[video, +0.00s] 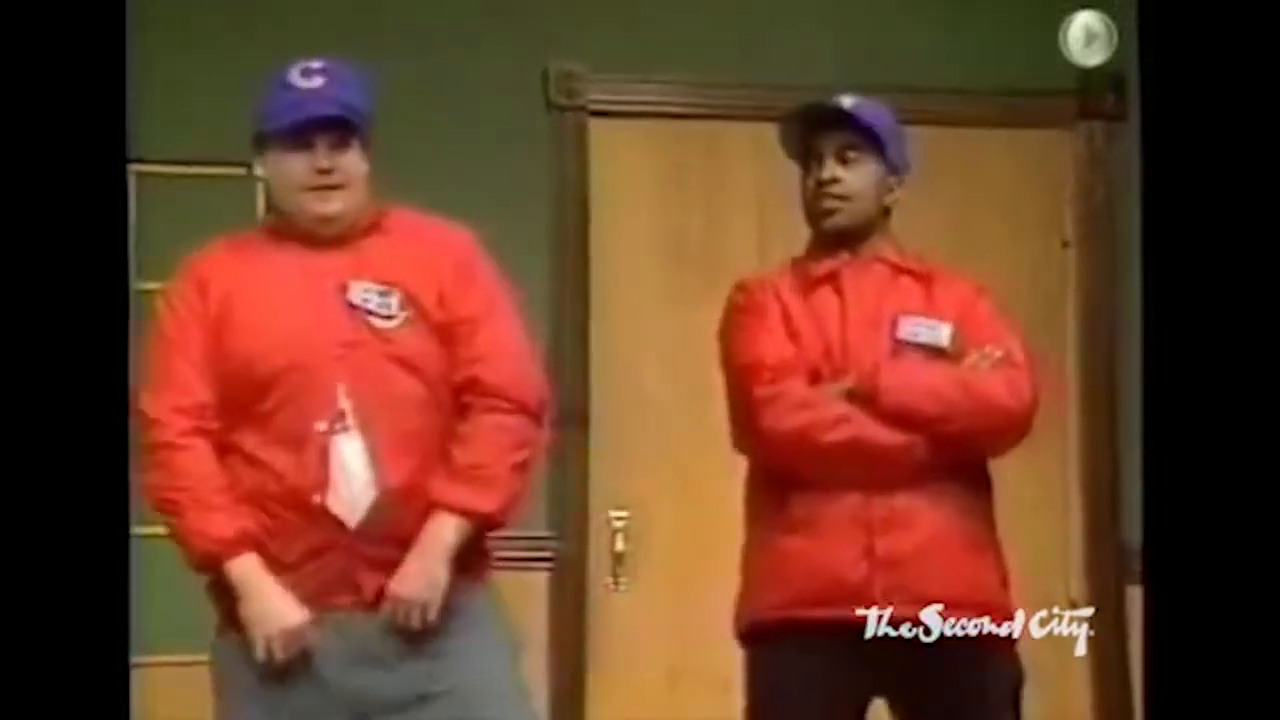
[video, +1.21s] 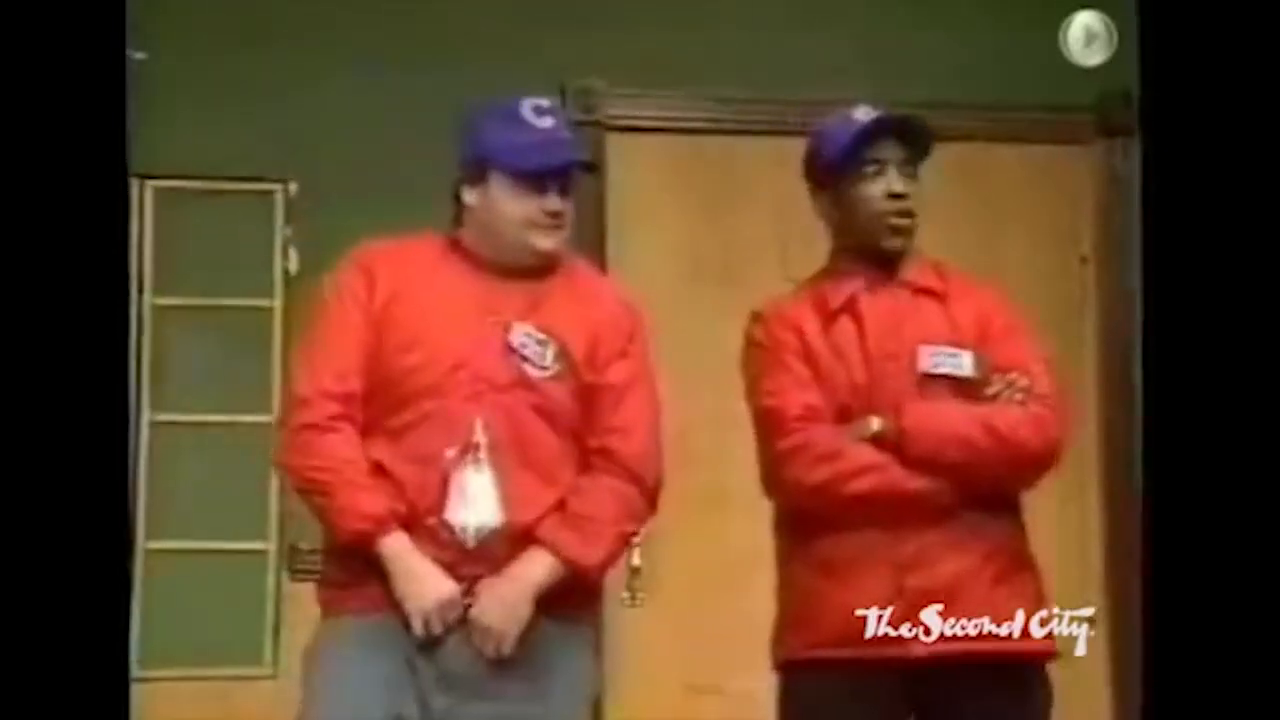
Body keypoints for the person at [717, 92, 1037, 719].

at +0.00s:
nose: (825, 174)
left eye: (849, 158)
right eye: (814, 161)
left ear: (893, 183)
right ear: (801, 180)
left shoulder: (955, 294)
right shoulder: (761, 298)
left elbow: (1007, 405)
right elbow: (774, 425)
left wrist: (868, 387)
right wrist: (936, 441)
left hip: (952, 617)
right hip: (802, 621)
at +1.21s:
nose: (900, 189)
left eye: (908, 171)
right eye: (873, 172)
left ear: (921, 187)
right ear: (826, 196)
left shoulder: (978, 306)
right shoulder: (785, 324)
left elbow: (1035, 435)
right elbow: (799, 471)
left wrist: (889, 430)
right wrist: (972, 467)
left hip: (985, 639)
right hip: (840, 649)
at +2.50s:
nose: (899, 201)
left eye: (910, 183)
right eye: (876, 184)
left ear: (923, 198)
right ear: (833, 204)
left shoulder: (979, 319)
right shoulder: (779, 324)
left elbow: (1023, 446)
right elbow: (788, 464)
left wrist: (878, 427)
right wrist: (962, 466)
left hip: (971, 649)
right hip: (819, 651)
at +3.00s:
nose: (881, 198)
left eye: (904, 183)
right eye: (866, 181)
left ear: (933, 207)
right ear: (841, 201)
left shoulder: (989, 322)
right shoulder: (788, 319)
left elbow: (1035, 448)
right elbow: (797, 459)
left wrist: (891, 423)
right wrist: (973, 462)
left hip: (974, 646)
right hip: (825, 646)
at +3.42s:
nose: (872, 188)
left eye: (896, 172)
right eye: (859, 171)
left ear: (932, 196)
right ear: (840, 191)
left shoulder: (993, 317)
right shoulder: (787, 318)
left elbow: (1023, 462)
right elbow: (785, 459)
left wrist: (965, 364)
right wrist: (948, 463)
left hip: (972, 647)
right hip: (823, 648)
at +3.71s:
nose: (845, 198)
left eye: (868, 181)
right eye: (841, 183)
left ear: (929, 200)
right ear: (832, 192)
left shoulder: (1000, 309)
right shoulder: (798, 314)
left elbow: (997, 440)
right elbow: (782, 464)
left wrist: (864, 352)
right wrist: (946, 453)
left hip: (972, 650)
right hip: (821, 650)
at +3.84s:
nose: (848, 198)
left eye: (870, 182)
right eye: (844, 183)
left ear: (930, 201)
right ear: (835, 193)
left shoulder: (1002, 310)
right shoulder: (802, 313)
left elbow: (997, 440)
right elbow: (783, 462)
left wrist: (863, 351)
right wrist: (948, 453)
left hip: (973, 649)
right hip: (822, 650)